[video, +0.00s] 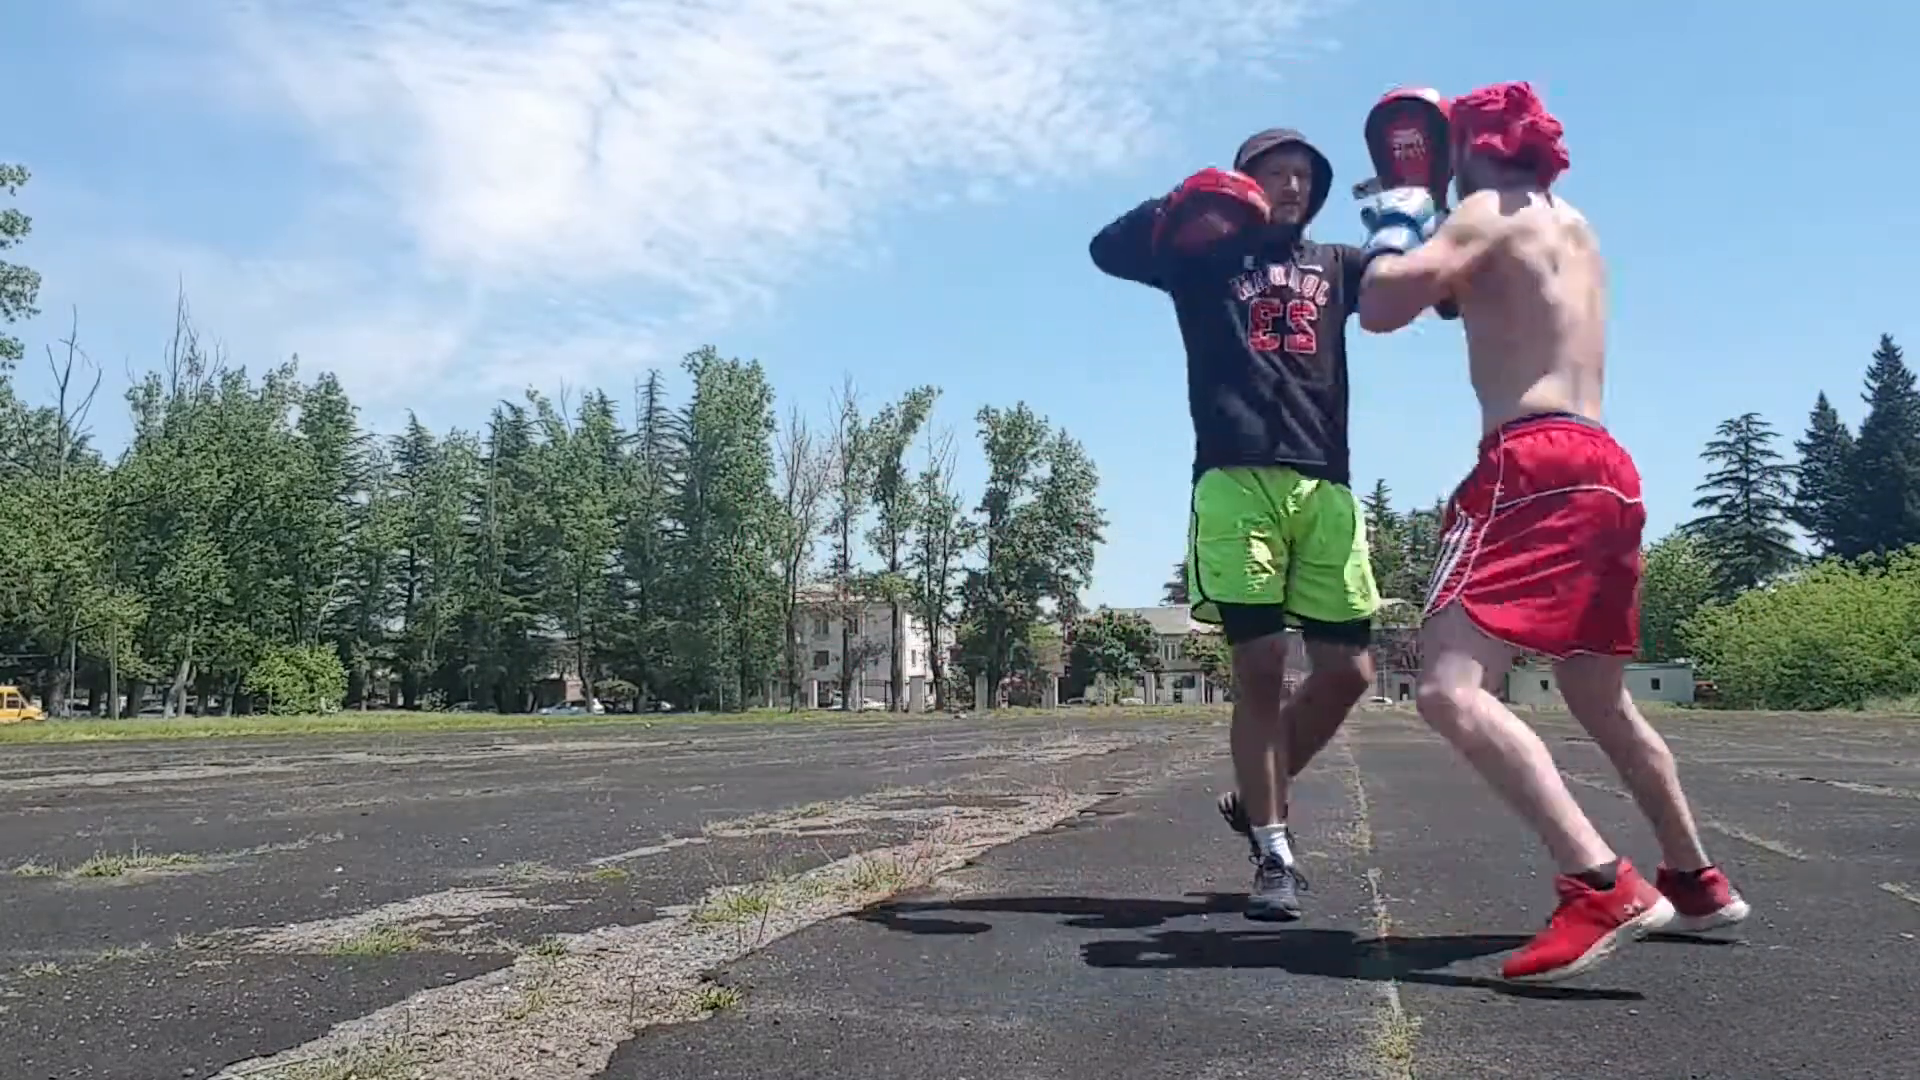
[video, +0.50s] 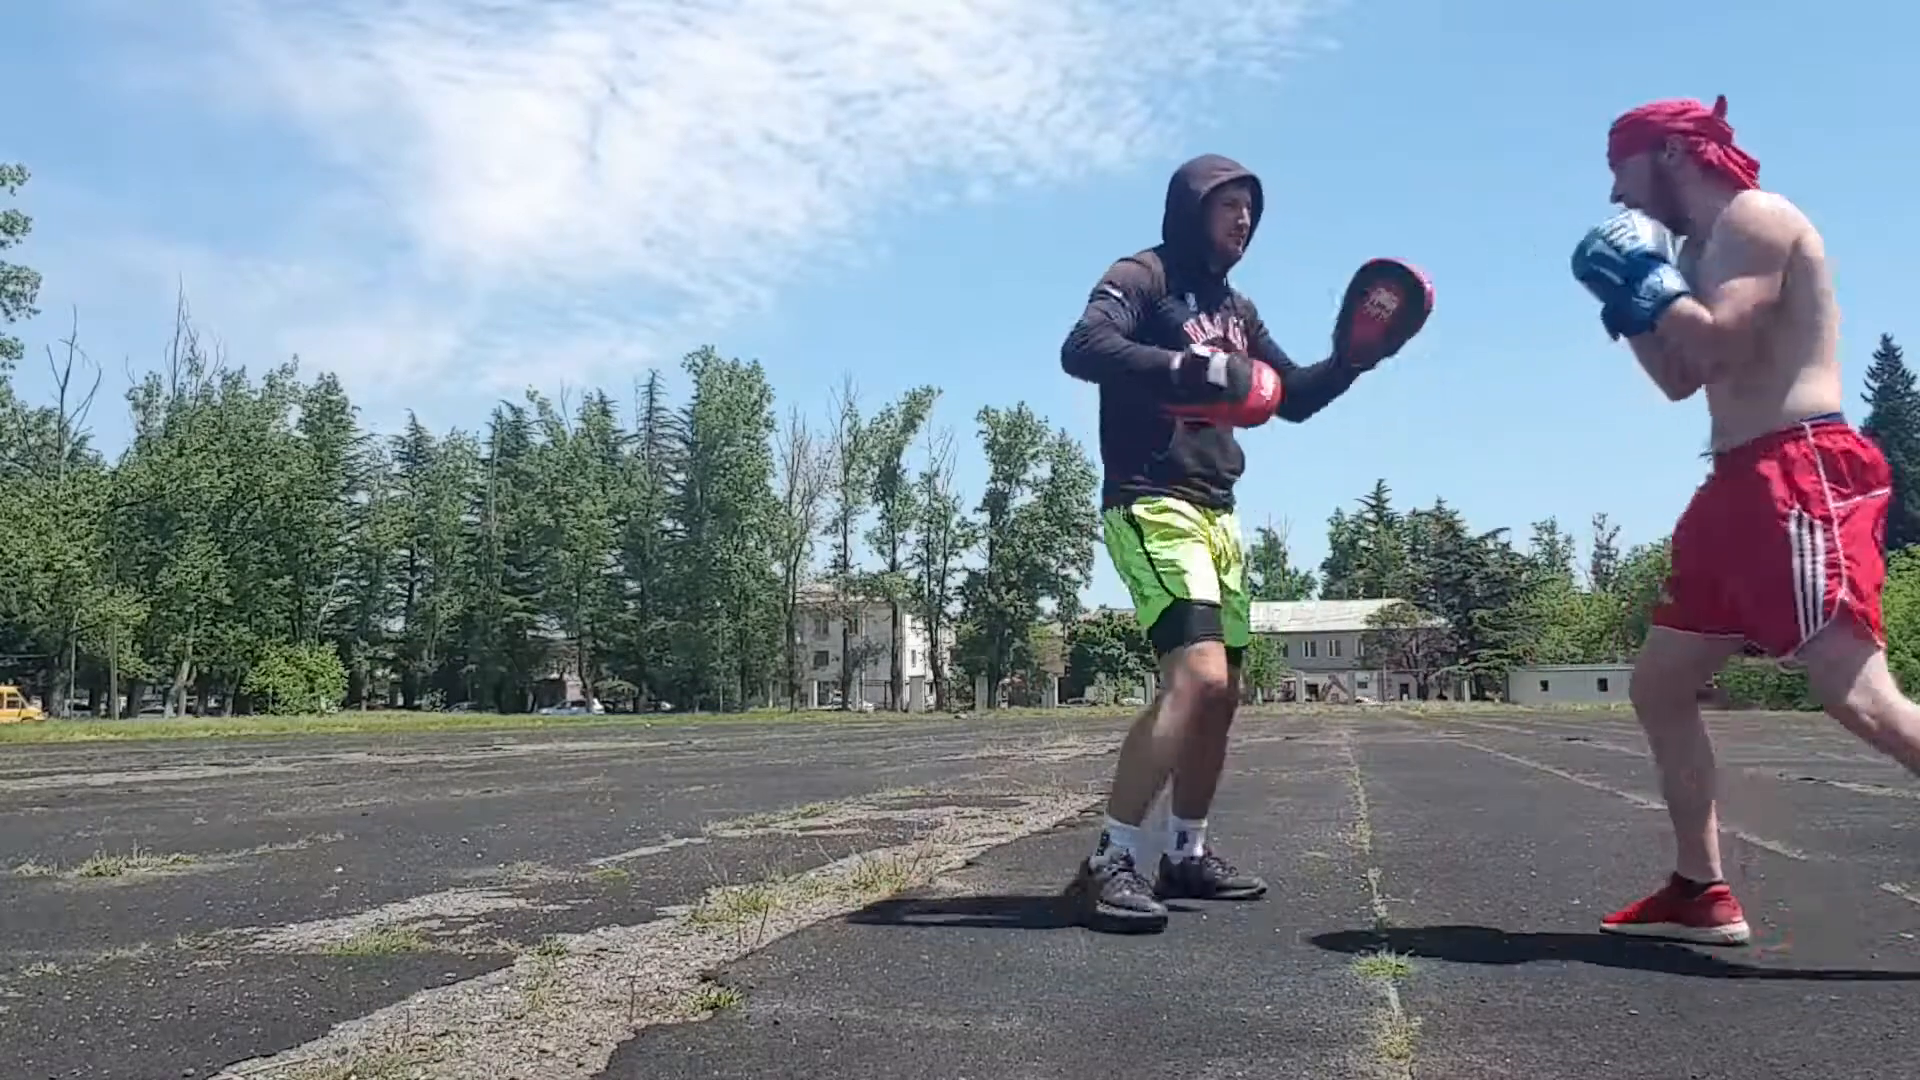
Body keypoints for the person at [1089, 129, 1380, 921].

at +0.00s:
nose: (1291, 183)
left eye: (1304, 175)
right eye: (1275, 170)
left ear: (1315, 193)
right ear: (1241, 183)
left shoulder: (1336, 260)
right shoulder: (1201, 254)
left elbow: (1432, 277)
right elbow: (1107, 250)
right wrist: (1181, 203)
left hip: (1324, 482)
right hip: (1237, 477)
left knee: (1345, 672)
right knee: (1261, 669)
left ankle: (1256, 794)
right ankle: (1274, 854)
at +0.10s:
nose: (1282, 190)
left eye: (1293, 182)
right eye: (1266, 178)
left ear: (1303, 201)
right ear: (1231, 192)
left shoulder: (1321, 268)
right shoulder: (1189, 263)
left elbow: (1423, 285)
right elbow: (1082, 314)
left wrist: (1408, 194)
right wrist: (1148, 288)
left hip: (1300, 493)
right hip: (1216, 486)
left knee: (1297, 680)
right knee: (1250, 664)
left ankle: (1222, 827)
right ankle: (1269, 852)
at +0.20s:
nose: (1283, 214)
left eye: (1291, 206)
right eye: (1267, 200)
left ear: (1295, 221)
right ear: (1226, 206)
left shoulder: (1304, 296)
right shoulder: (1177, 281)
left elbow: (1395, 337)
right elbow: (1086, 362)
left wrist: (1427, 249)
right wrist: (1123, 370)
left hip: (1274, 513)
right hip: (1196, 504)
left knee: (1261, 695)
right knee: (1245, 654)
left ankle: (1191, 853)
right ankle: (1246, 847)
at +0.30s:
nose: (1275, 231)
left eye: (1283, 222)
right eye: (1260, 216)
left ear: (1285, 235)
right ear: (1220, 219)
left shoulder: (1271, 318)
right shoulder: (1162, 296)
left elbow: (1315, 405)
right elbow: (1090, 385)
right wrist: (1127, 432)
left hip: (1258, 513)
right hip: (1185, 504)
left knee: (1261, 692)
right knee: (1237, 647)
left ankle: (1198, 841)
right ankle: (1192, 838)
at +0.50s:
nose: (1241, 222)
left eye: (1249, 212)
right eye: (1228, 207)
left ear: (1251, 225)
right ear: (1187, 210)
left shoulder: (1237, 310)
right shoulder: (1141, 275)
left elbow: (1289, 398)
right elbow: (1084, 348)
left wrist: (1355, 355)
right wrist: (1188, 364)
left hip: (1215, 511)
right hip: (1151, 503)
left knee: (1221, 688)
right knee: (1201, 674)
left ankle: (1181, 855)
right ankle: (1112, 862)